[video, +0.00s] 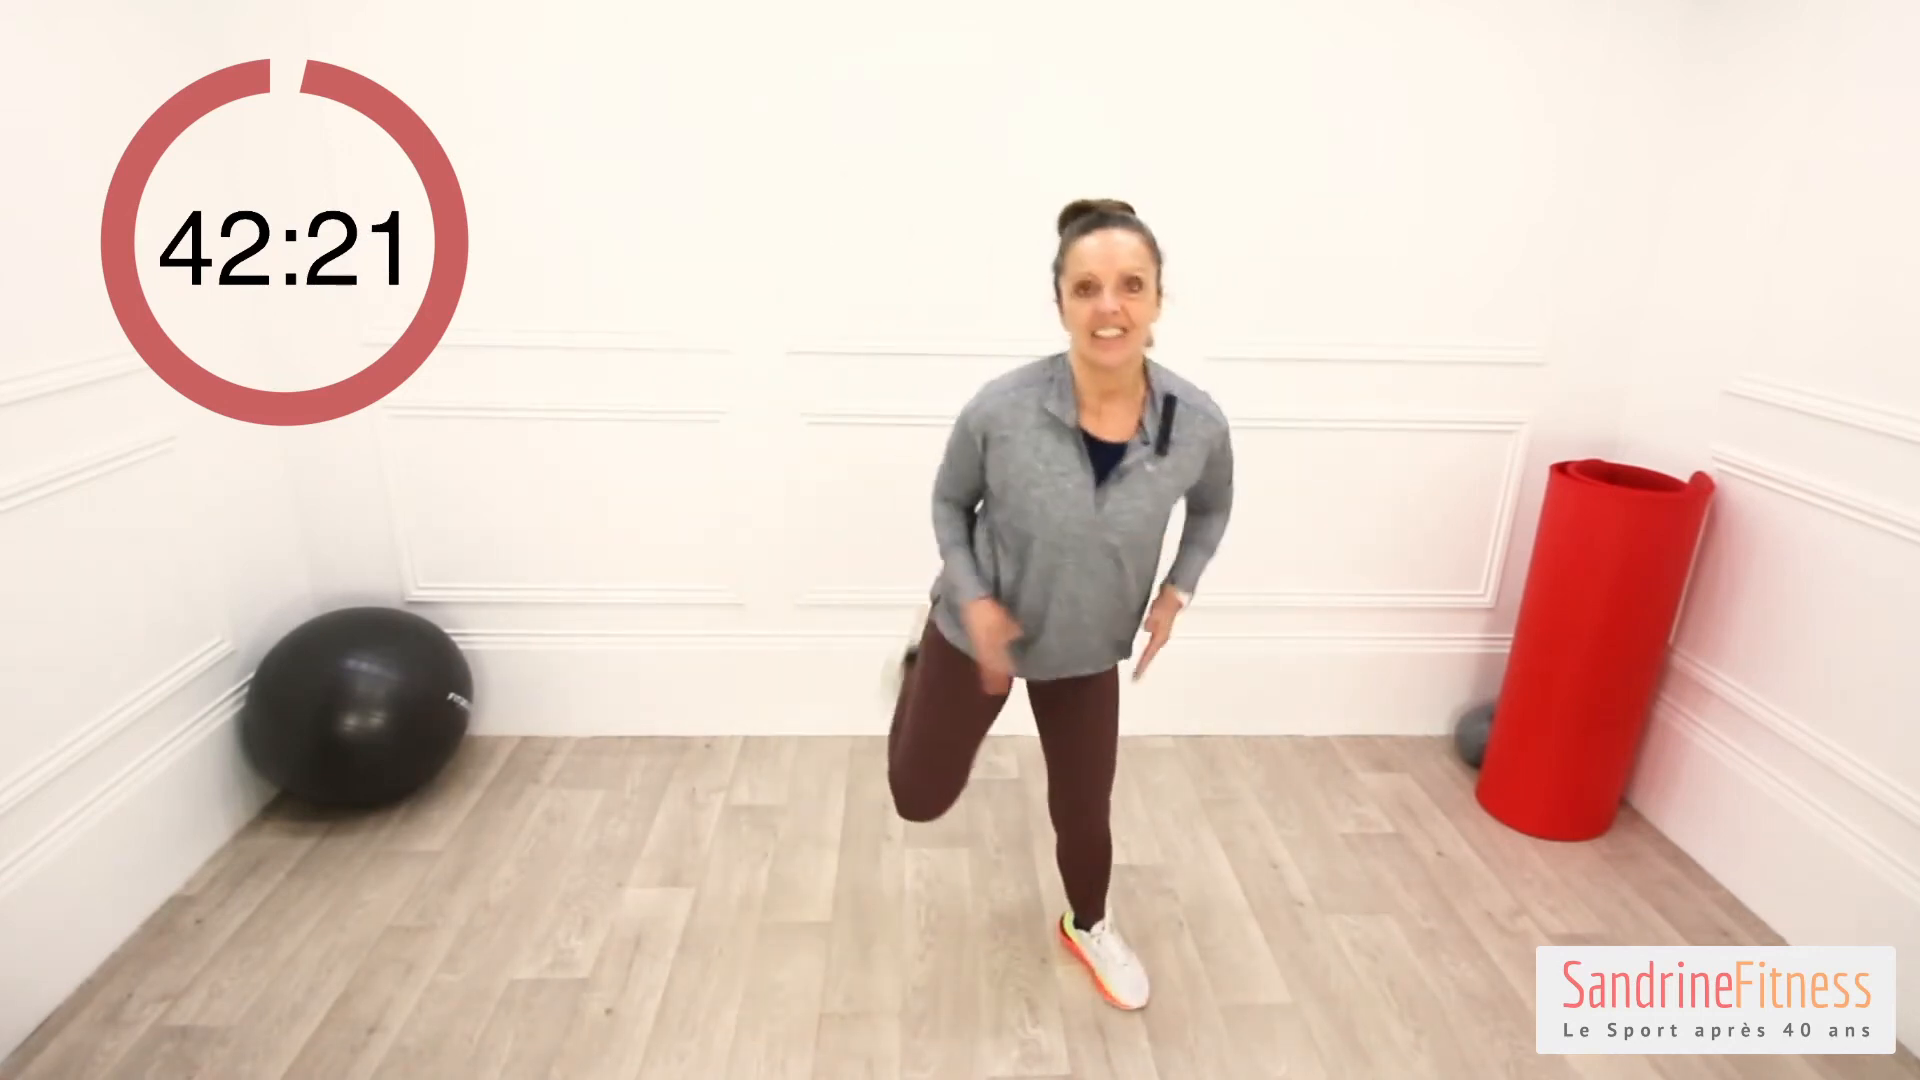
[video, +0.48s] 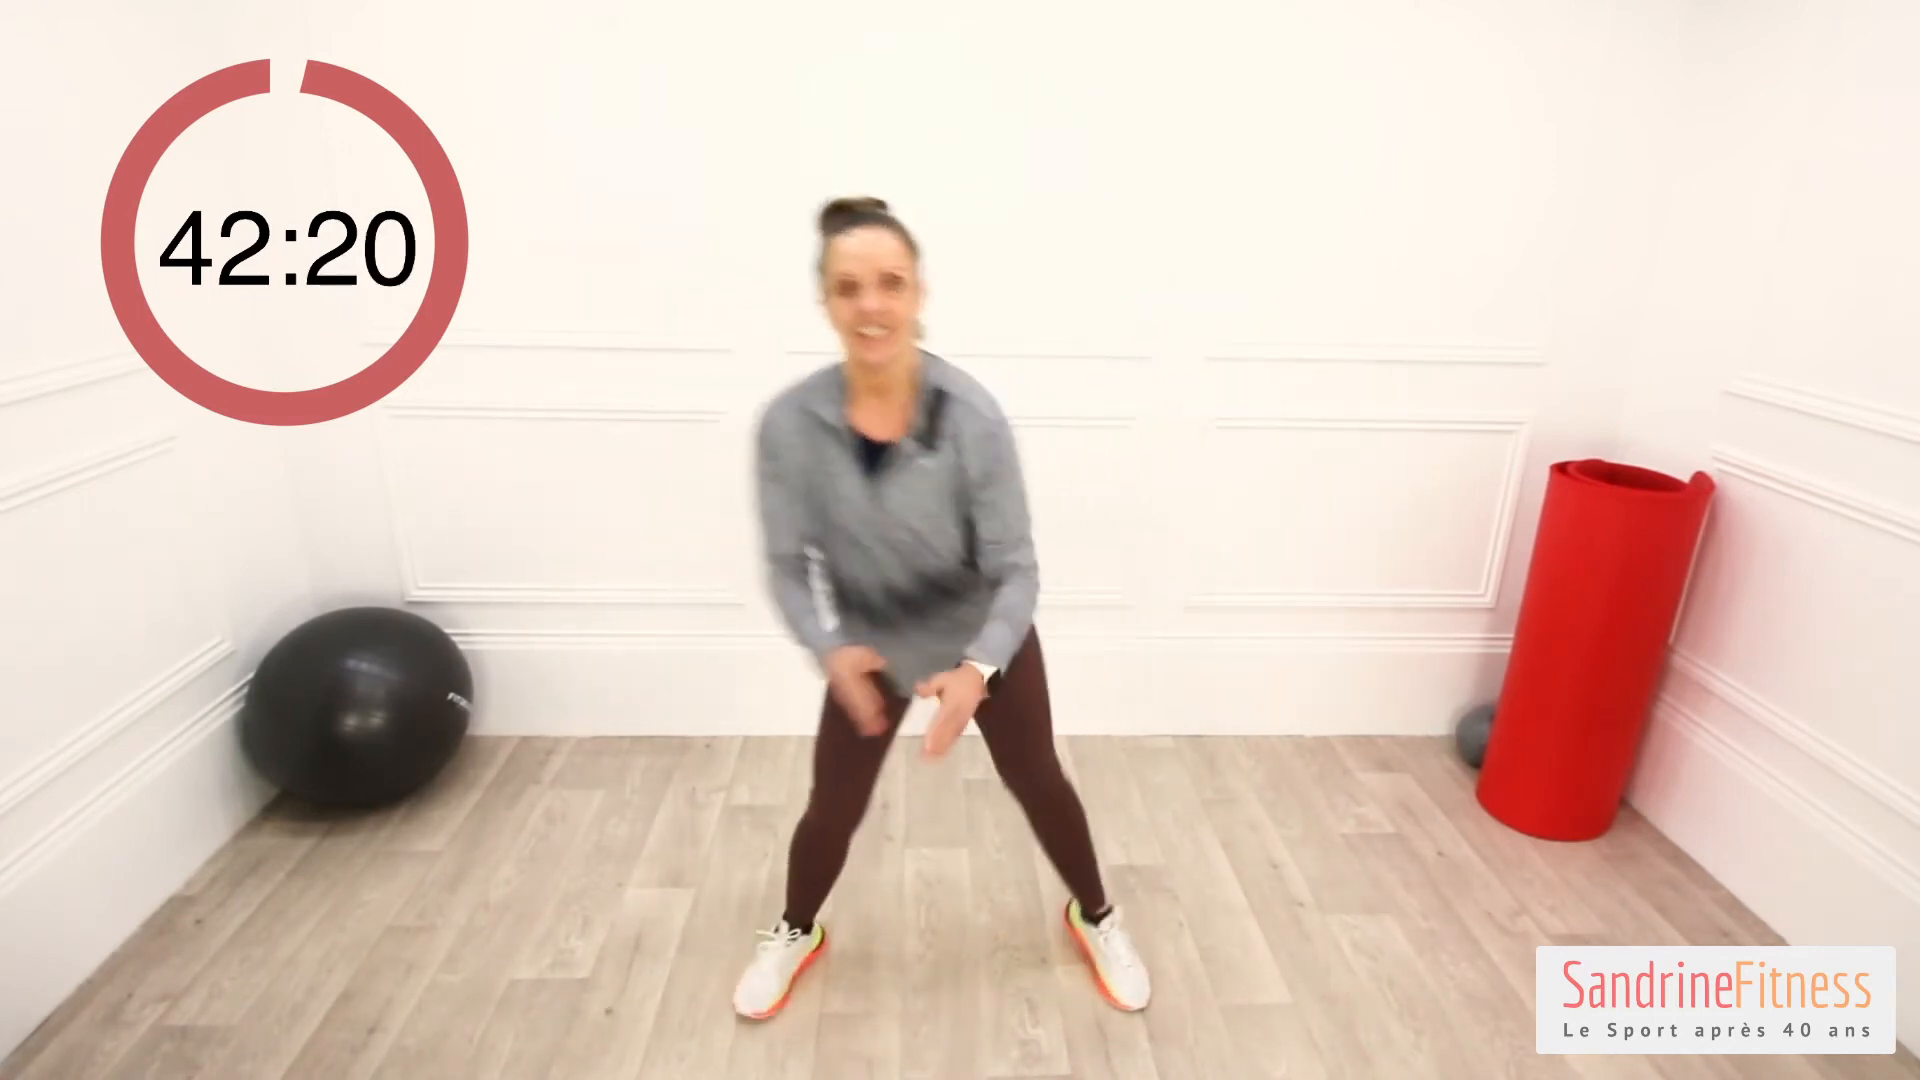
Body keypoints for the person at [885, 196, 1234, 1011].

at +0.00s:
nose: (1111, 308)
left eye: (1131, 286)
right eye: (1088, 289)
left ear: (1158, 301)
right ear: (1060, 306)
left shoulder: (1195, 425)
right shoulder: (1000, 410)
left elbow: (1210, 511)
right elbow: (949, 507)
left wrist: (1177, 588)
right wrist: (972, 605)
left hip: (1087, 652)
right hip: (983, 634)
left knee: (1084, 812)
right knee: (918, 801)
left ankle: (1087, 927)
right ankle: (925, 654)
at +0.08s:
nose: (1085, 289)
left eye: (1105, 267)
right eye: (1063, 270)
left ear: (1135, 280)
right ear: (1036, 285)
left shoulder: (1181, 408)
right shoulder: (981, 397)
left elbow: (1202, 520)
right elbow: (937, 513)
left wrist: (1160, 590)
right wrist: (1003, 588)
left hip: (1083, 639)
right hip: (972, 617)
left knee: (1080, 798)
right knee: (909, 781)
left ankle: (1087, 925)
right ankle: (879, 759)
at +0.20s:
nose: (1029, 288)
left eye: (1047, 266)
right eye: (1006, 271)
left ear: (1078, 276)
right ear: (982, 287)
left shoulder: (1131, 405)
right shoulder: (933, 405)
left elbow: (1159, 548)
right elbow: (926, 548)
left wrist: (1102, 576)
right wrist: (994, 566)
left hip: (1068, 630)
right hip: (955, 613)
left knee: (1070, 790)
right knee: (887, 768)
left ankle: (1087, 924)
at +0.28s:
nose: (979, 313)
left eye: (998, 289)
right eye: (957, 294)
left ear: (1028, 299)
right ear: (934, 310)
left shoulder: (1080, 424)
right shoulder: (893, 424)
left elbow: (1108, 568)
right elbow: (902, 568)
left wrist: (1054, 598)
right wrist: (957, 592)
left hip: (1048, 647)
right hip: (935, 639)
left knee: (1060, 804)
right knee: (877, 790)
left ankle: (1088, 926)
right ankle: (809, 919)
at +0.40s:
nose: (926, 326)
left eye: (944, 303)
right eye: (903, 307)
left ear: (972, 312)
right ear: (879, 321)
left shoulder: (1025, 432)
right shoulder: (844, 436)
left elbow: (1049, 574)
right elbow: (859, 578)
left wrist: (1001, 646)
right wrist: (912, 643)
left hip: (1013, 636)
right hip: (904, 639)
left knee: (1038, 804)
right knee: (857, 805)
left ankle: (1089, 929)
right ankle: (796, 932)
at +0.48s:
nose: (871, 308)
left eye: (890, 285)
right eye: (849, 289)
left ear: (920, 294)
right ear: (824, 303)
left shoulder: (972, 418)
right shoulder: (791, 425)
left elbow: (1016, 570)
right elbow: (786, 568)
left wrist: (979, 667)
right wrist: (833, 650)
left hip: (980, 623)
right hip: (869, 635)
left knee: (1035, 778)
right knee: (833, 807)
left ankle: (1098, 916)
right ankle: (795, 931)